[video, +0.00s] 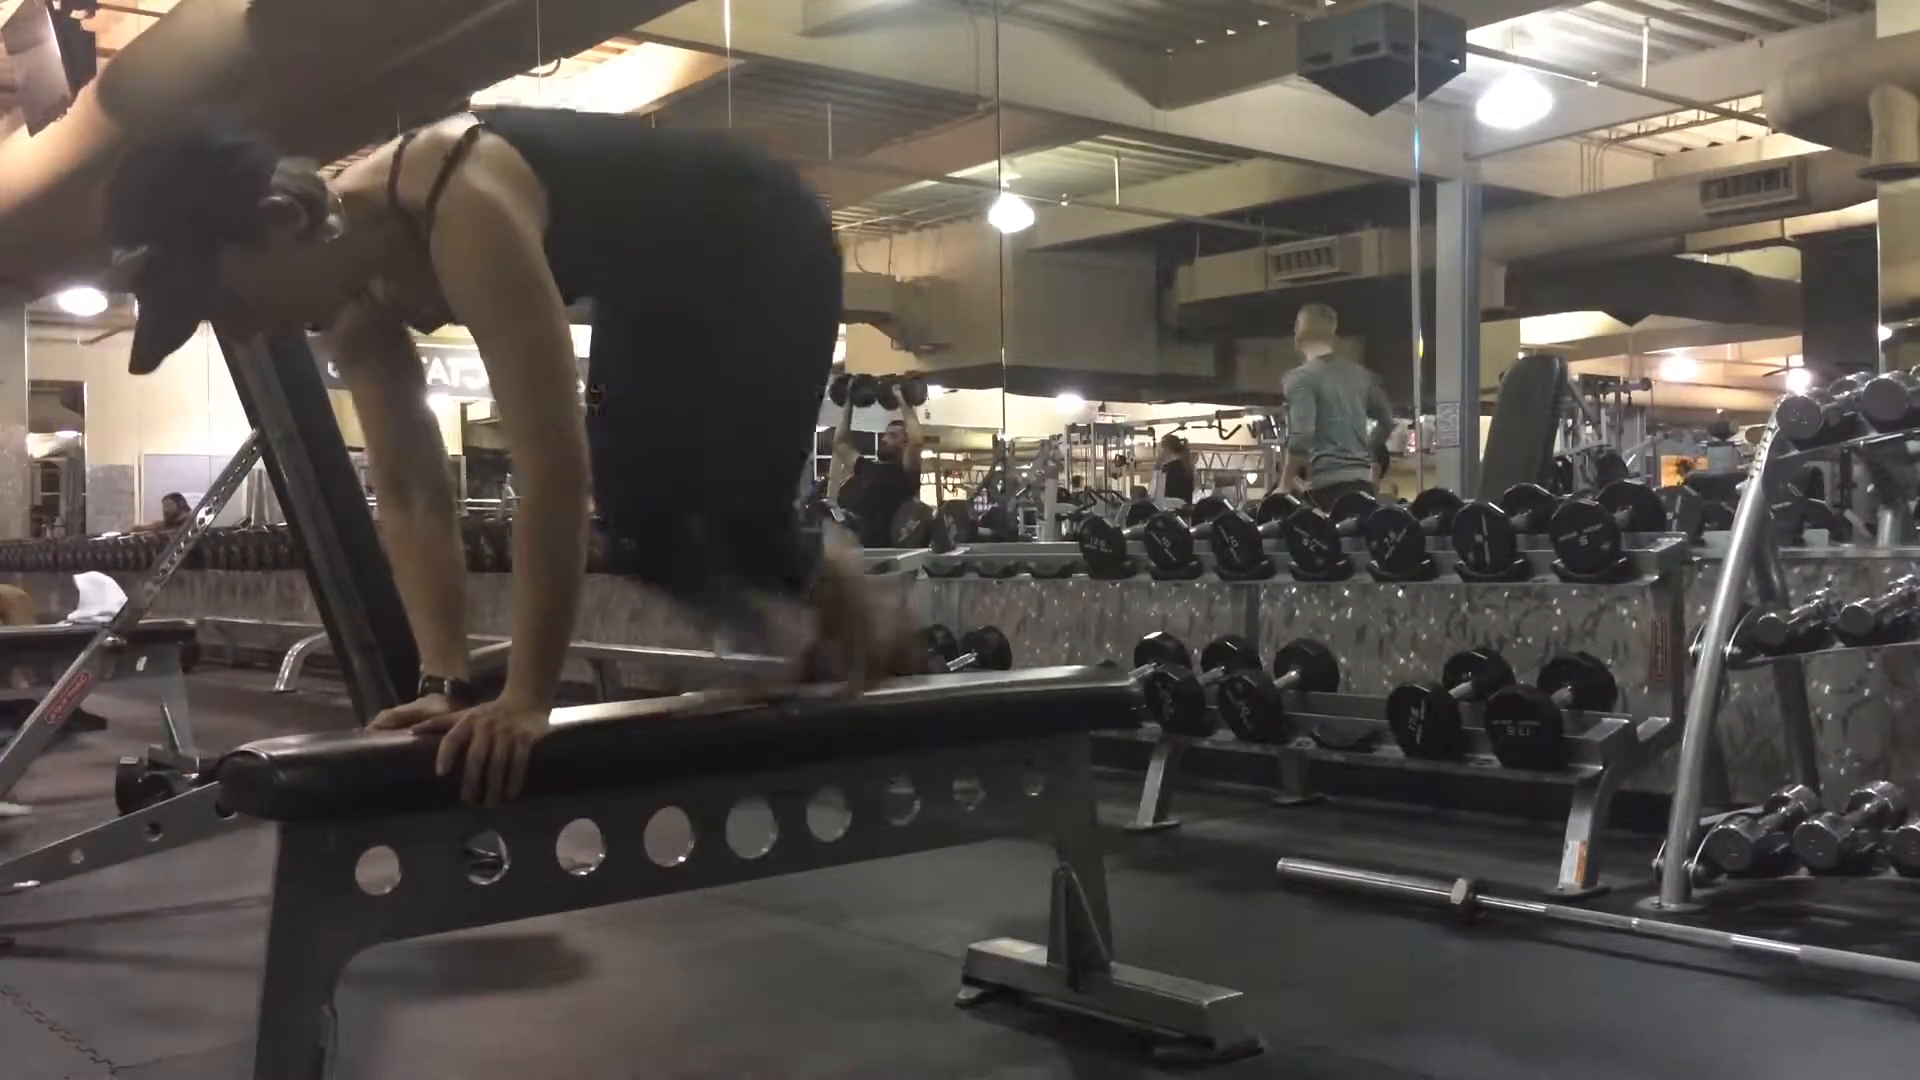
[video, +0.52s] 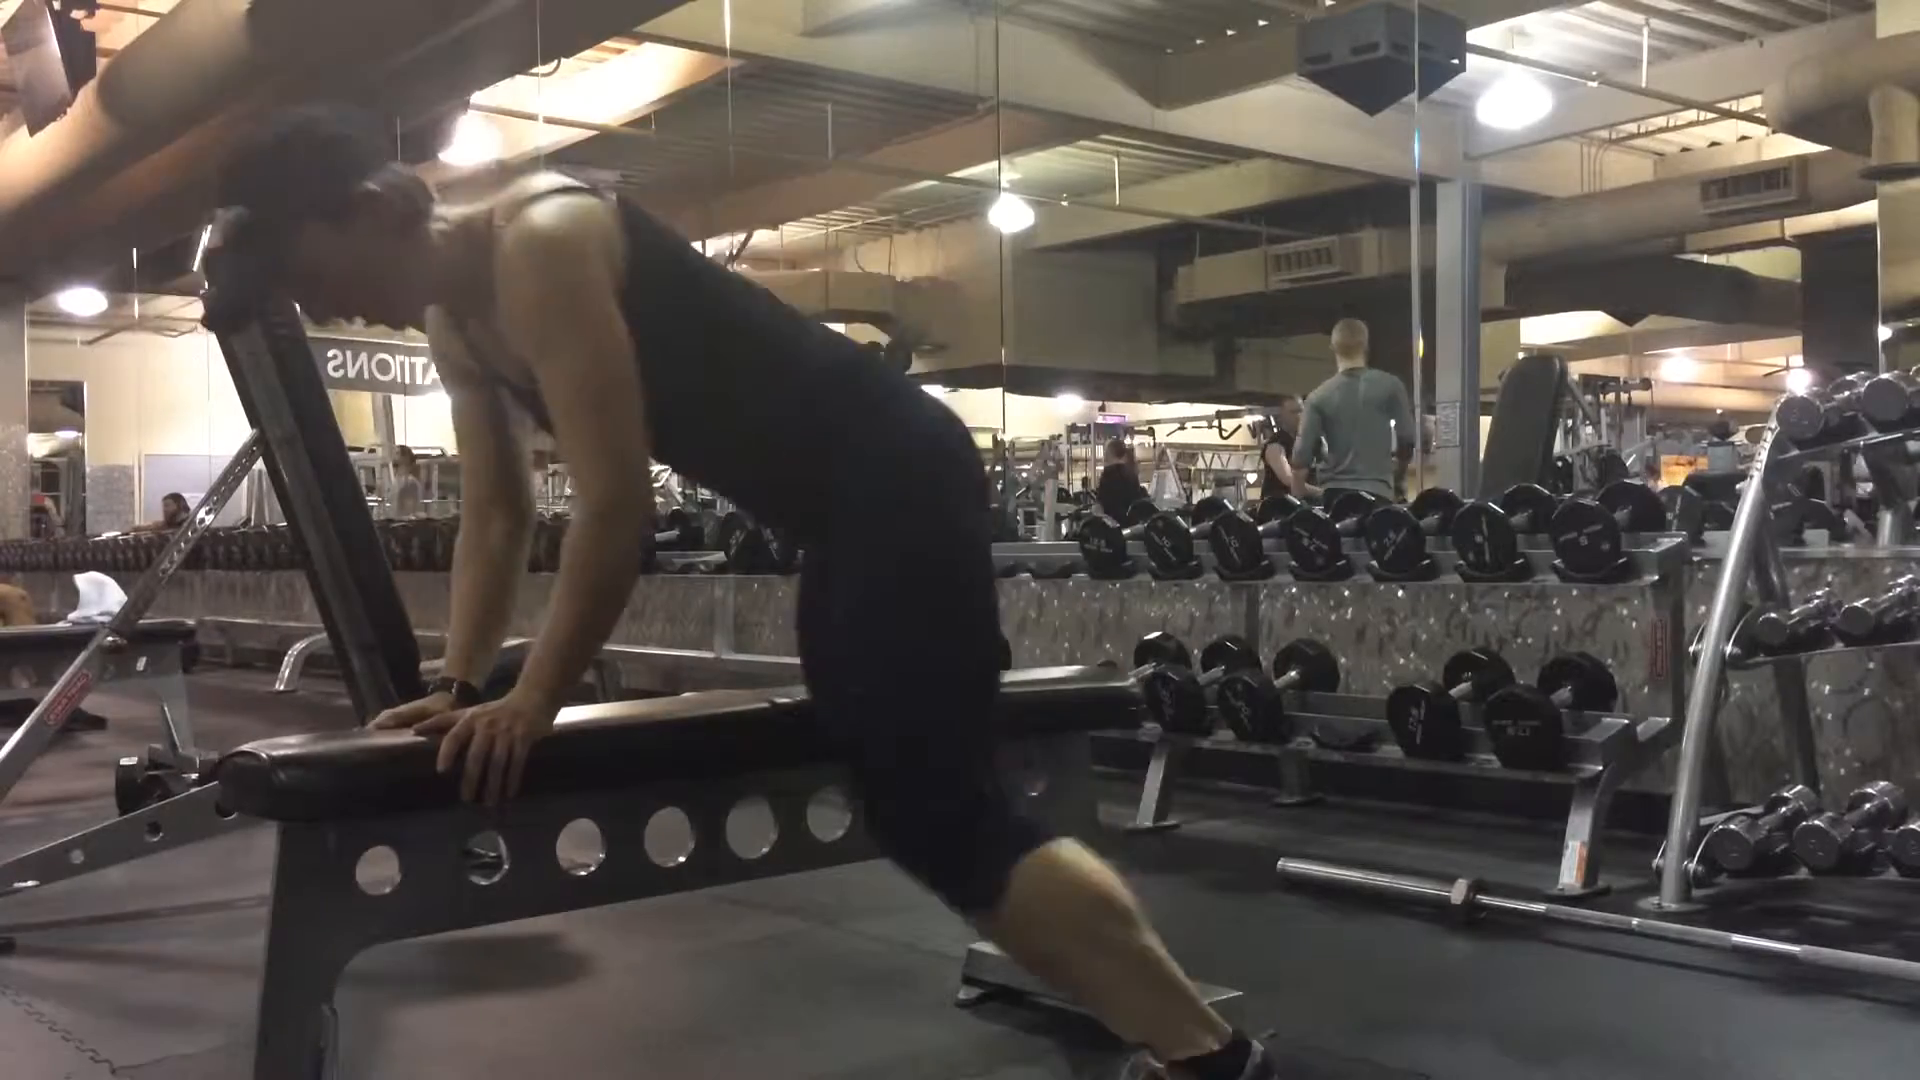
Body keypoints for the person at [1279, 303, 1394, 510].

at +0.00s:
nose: (1294, 338)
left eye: (1295, 332)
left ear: (1298, 337)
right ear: (1332, 336)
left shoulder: (1301, 378)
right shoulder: (1360, 374)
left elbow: (1302, 435)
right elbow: (1386, 422)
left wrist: (1286, 482)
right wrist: (1366, 452)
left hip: (1325, 484)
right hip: (1363, 479)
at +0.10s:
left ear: (1309, 334)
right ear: (1342, 333)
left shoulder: (1303, 378)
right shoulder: (1370, 373)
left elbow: (1297, 437)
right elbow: (1400, 420)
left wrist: (1286, 481)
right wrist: (1379, 450)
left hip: (1323, 484)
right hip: (1366, 481)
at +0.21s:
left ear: (1315, 338)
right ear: (1348, 337)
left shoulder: (1304, 381)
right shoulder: (1374, 376)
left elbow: (1295, 438)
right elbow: (1404, 423)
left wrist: (1286, 482)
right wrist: (1384, 457)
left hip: (1323, 487)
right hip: (1366, 484)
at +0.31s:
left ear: (1320, 344)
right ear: (1354, 342)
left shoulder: (1308, 385)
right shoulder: (1379, 380)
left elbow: (1296, 440)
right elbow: (1401, 432)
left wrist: (1288, 481)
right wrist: (1384, 457)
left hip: (1326, 488)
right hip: (1368, 486)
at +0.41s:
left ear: (1325, 346)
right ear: (1358, 343)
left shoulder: (1312, 393)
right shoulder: (1385, 385)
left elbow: (1294, 443)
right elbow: (1400, 435)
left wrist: (1288, 481)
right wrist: (1380, 457)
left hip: (1329, 490)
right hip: (1372, 489)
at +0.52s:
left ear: (1333, 348)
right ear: (1365, 346)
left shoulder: (1320, 396)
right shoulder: (1390, 385)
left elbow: (1301, 456)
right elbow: (1407, 439)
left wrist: (1298, 493)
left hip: (1336, 492)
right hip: (1378, 492)